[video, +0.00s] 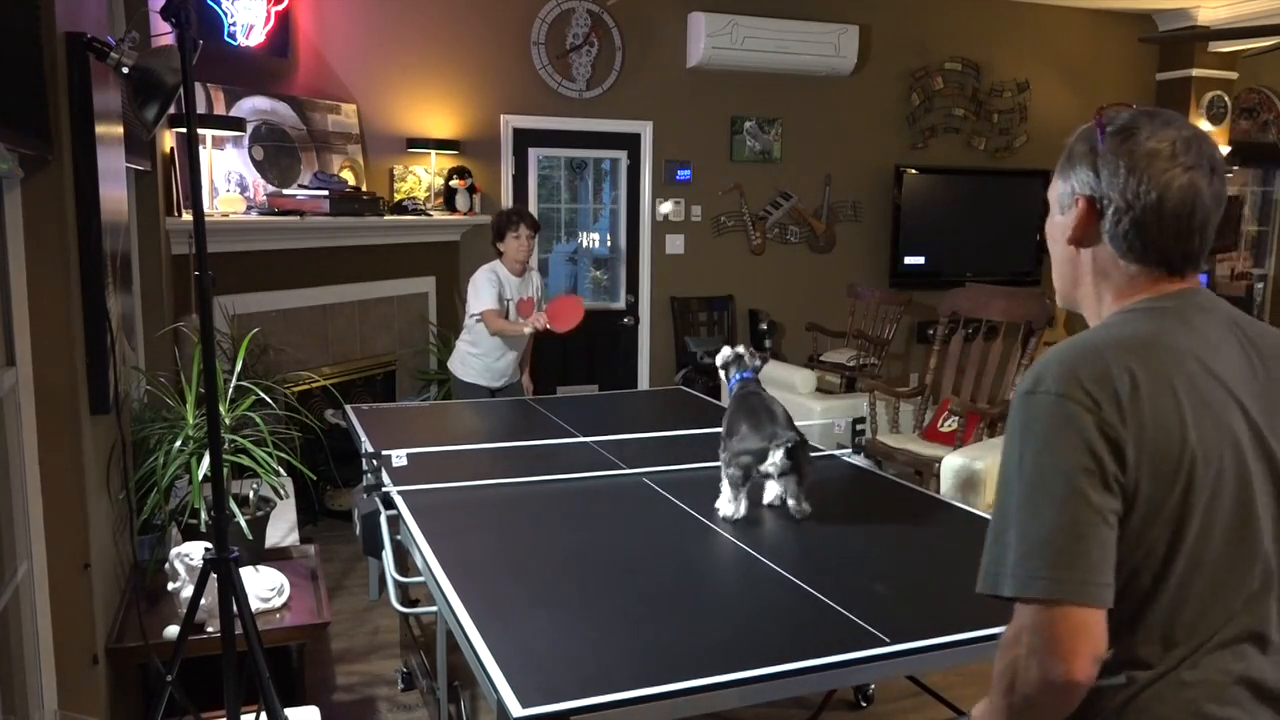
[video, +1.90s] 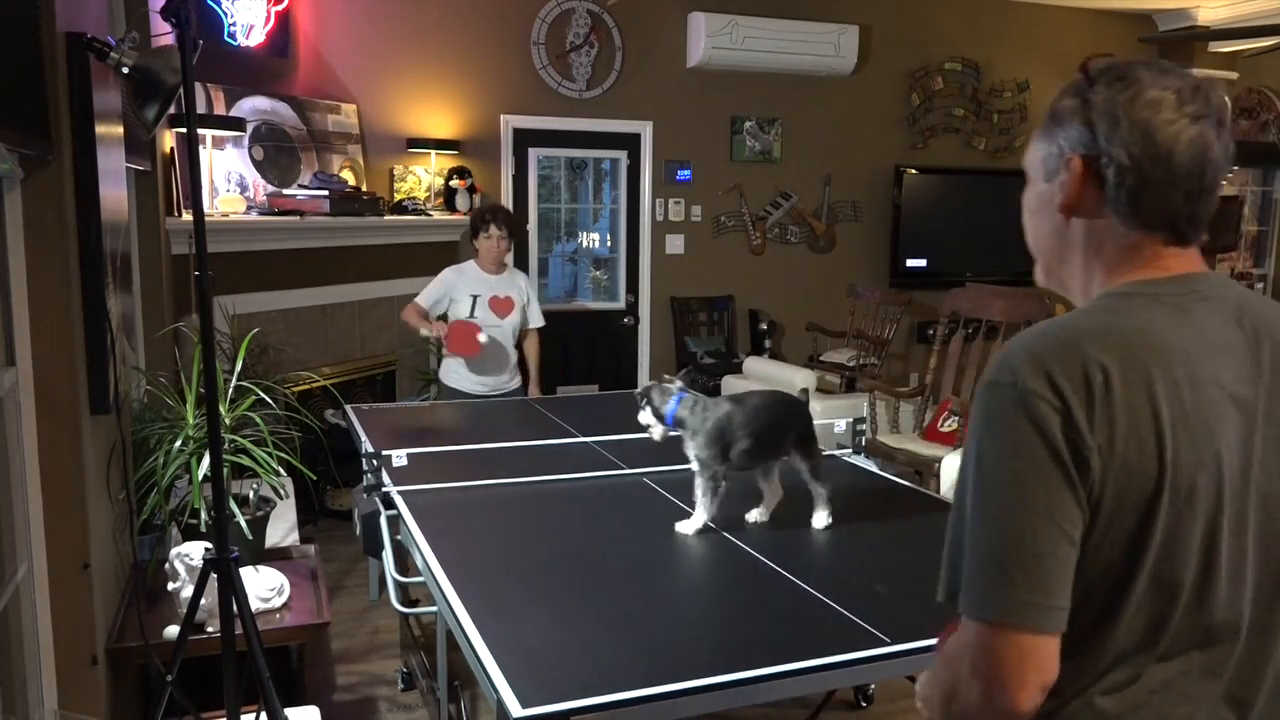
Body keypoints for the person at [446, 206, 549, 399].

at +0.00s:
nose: (525, 244)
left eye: (530, 237)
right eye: (516, 237)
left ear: (535, 241)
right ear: (500, 244)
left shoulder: (534, 279)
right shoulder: (485, 277)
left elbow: (529, 329)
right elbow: (494, 325)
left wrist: (525, 371)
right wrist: (526, 327)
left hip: (509, 374)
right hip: (472, 375)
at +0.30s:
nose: (521, 235)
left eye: (525, 229)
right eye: (512, 229)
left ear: (530, 234)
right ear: (497, 238)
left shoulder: (536, 276)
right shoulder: (482, 273)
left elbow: (538, 329)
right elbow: (471, 329)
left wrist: (540, 374)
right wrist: (511, 349)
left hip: (521, 381)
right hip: (480, 382)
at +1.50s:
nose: (520, 234)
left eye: (524, 228)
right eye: (511, 228)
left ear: (529, 232)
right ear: (496, 235)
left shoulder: (543, 275)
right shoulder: (477, 273)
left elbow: (552, 327)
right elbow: (456, 323)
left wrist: (554, 375)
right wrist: (485, 349)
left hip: (534, 383)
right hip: (489, 383)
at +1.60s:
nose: (518, 237)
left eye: (523, 230)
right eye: (509, 231)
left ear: (529, 234)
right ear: (496, 236)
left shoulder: (543, 275)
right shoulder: (475, 273)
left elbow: (551, 328)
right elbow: (450, 319)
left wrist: (553, 375)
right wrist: (468, 347)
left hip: (531, 382)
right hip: (487, 382)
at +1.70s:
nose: (512, 241)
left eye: (519, 234)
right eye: (505, 234)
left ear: (526, 237)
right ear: (492, 237)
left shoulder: (539, 277)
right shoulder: (471, 274)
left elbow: (549, 330)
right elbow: (439, 314)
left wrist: (550, 379)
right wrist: (450, 343)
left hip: (527, 384)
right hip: (482, 385)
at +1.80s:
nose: (506, 243)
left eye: (512, 236)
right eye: (498, 236)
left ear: (520, 239)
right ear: (485, 240)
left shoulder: (532, 279)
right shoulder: (463, 276)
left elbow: (542, 332)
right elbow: (425, 313)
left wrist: (544, 382)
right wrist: (436, 338)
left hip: (521, 389)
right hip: (474, 389)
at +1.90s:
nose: (496, 245)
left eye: (502, 238)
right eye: (488, 237)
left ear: (510, 243)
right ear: (475, 242)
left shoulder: (520, 282)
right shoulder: (453, 277)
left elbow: (530, 334)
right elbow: (409, 313)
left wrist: (533, 385)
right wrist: (429, 326)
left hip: (508, 391)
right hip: (460, 391)